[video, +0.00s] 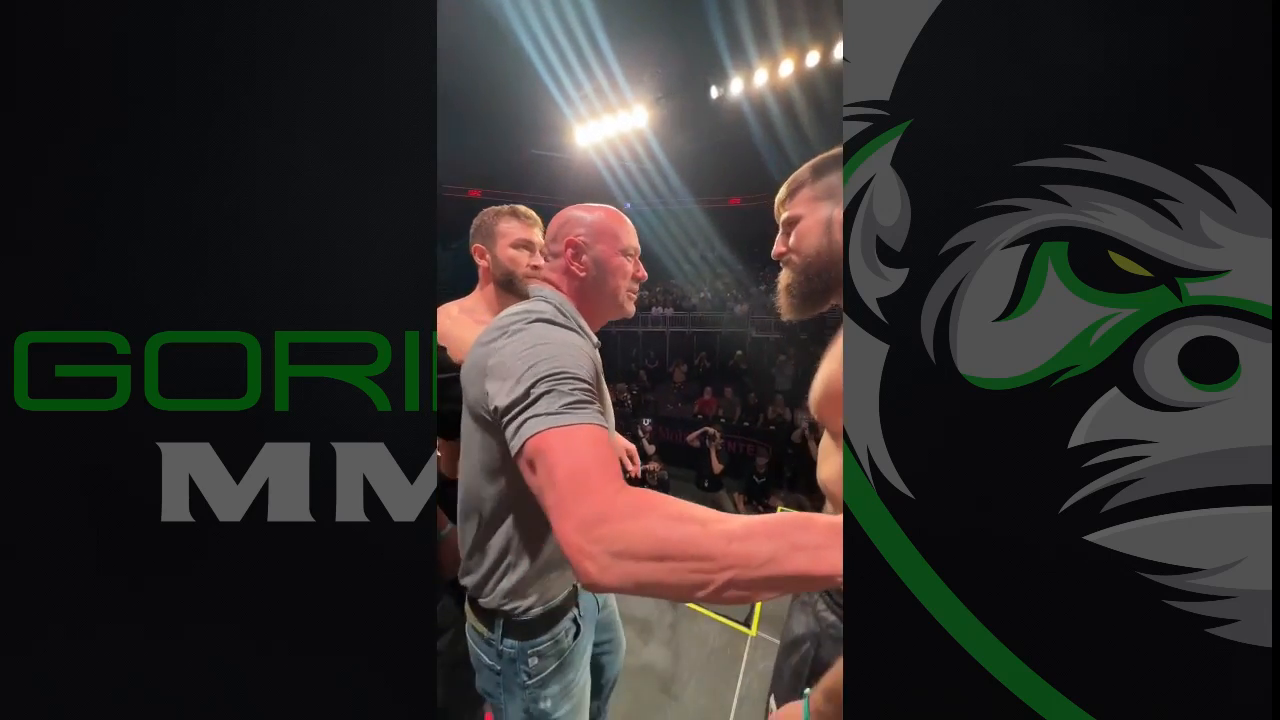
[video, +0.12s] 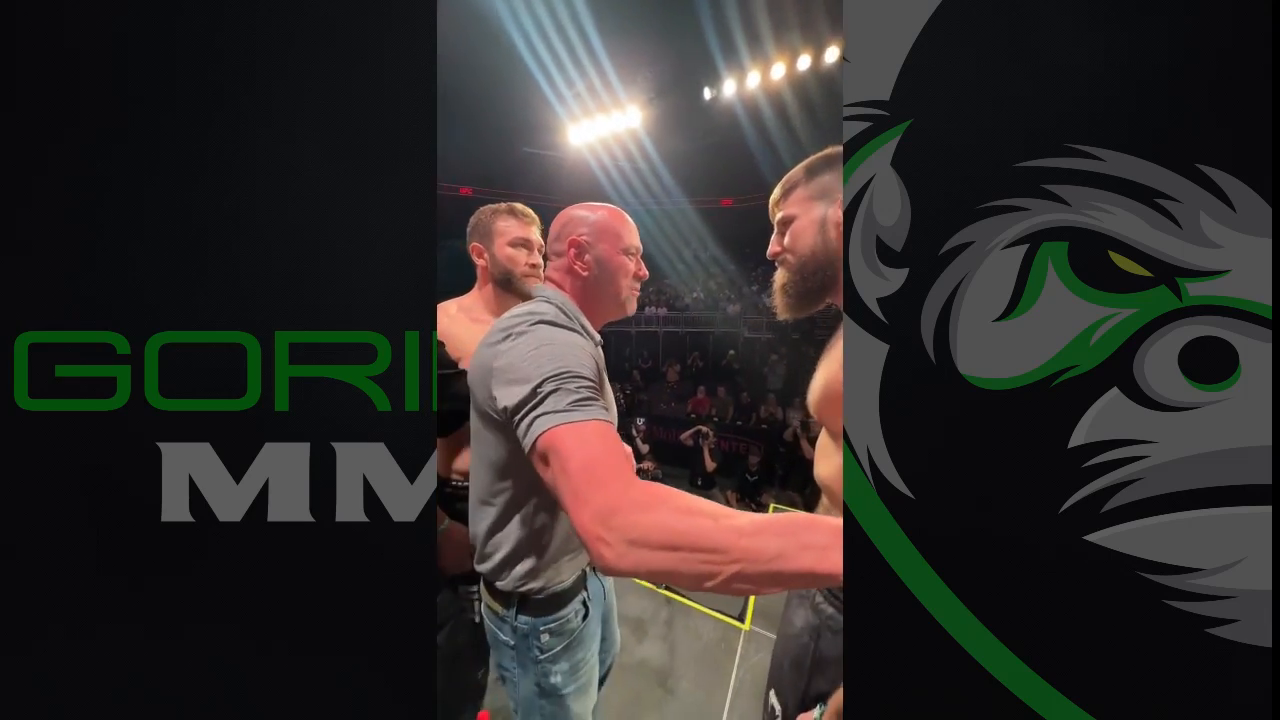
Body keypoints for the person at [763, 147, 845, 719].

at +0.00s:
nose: (777, 249)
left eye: (791, 224)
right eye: (779, 231)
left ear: (852, 217)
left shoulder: (861, 352)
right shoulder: (850, 343)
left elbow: (901, 561)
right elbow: (845, 534)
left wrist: (823, 702)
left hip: (847, 627)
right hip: (823, 604)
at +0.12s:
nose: (771, 250)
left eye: (786, 224)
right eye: (774, 232)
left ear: (844, 217)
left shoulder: (858, 349)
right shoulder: (845, 342)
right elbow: (837, 520)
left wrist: (844, 699)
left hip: (841, 604)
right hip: (821, 593)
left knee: (796, 707)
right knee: (787, 704)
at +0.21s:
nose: (767, 247)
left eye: (781, 223)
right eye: (769, 229)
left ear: (837, 214)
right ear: (832, 218)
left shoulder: (860, 343)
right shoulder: (842, 338)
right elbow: (834, 508)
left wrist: (845, 699)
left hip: (839, 599)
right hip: (818, 589)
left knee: (790, 706)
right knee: (782, 705)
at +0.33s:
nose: (762, 246)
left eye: (775, 222)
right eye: (765, 228)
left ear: (832, 211)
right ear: (829, 215)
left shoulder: (855, 339)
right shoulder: (837, 335)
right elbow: (829, 504)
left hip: (837, 596)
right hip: (817, 587)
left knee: (798, 705)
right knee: (781, 703)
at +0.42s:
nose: (762, 245)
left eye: (775, 221)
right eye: (764, 227)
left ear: (831, 211)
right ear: (828, 214)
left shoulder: (855, 339)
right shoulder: (834, 335)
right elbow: (829, 500)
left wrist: (844, 697)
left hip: (837, 594)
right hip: (814, 584)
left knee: (800, 706)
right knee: (783, 705)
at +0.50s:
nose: (764, 245)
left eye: (776, 221)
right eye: (766, 227)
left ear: (832, 211)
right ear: (829, 214)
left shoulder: (858, 333)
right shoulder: (835, 330)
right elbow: (829, 482)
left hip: (836, 589)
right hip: (812, 579)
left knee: (800, 706)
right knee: (783, 704)